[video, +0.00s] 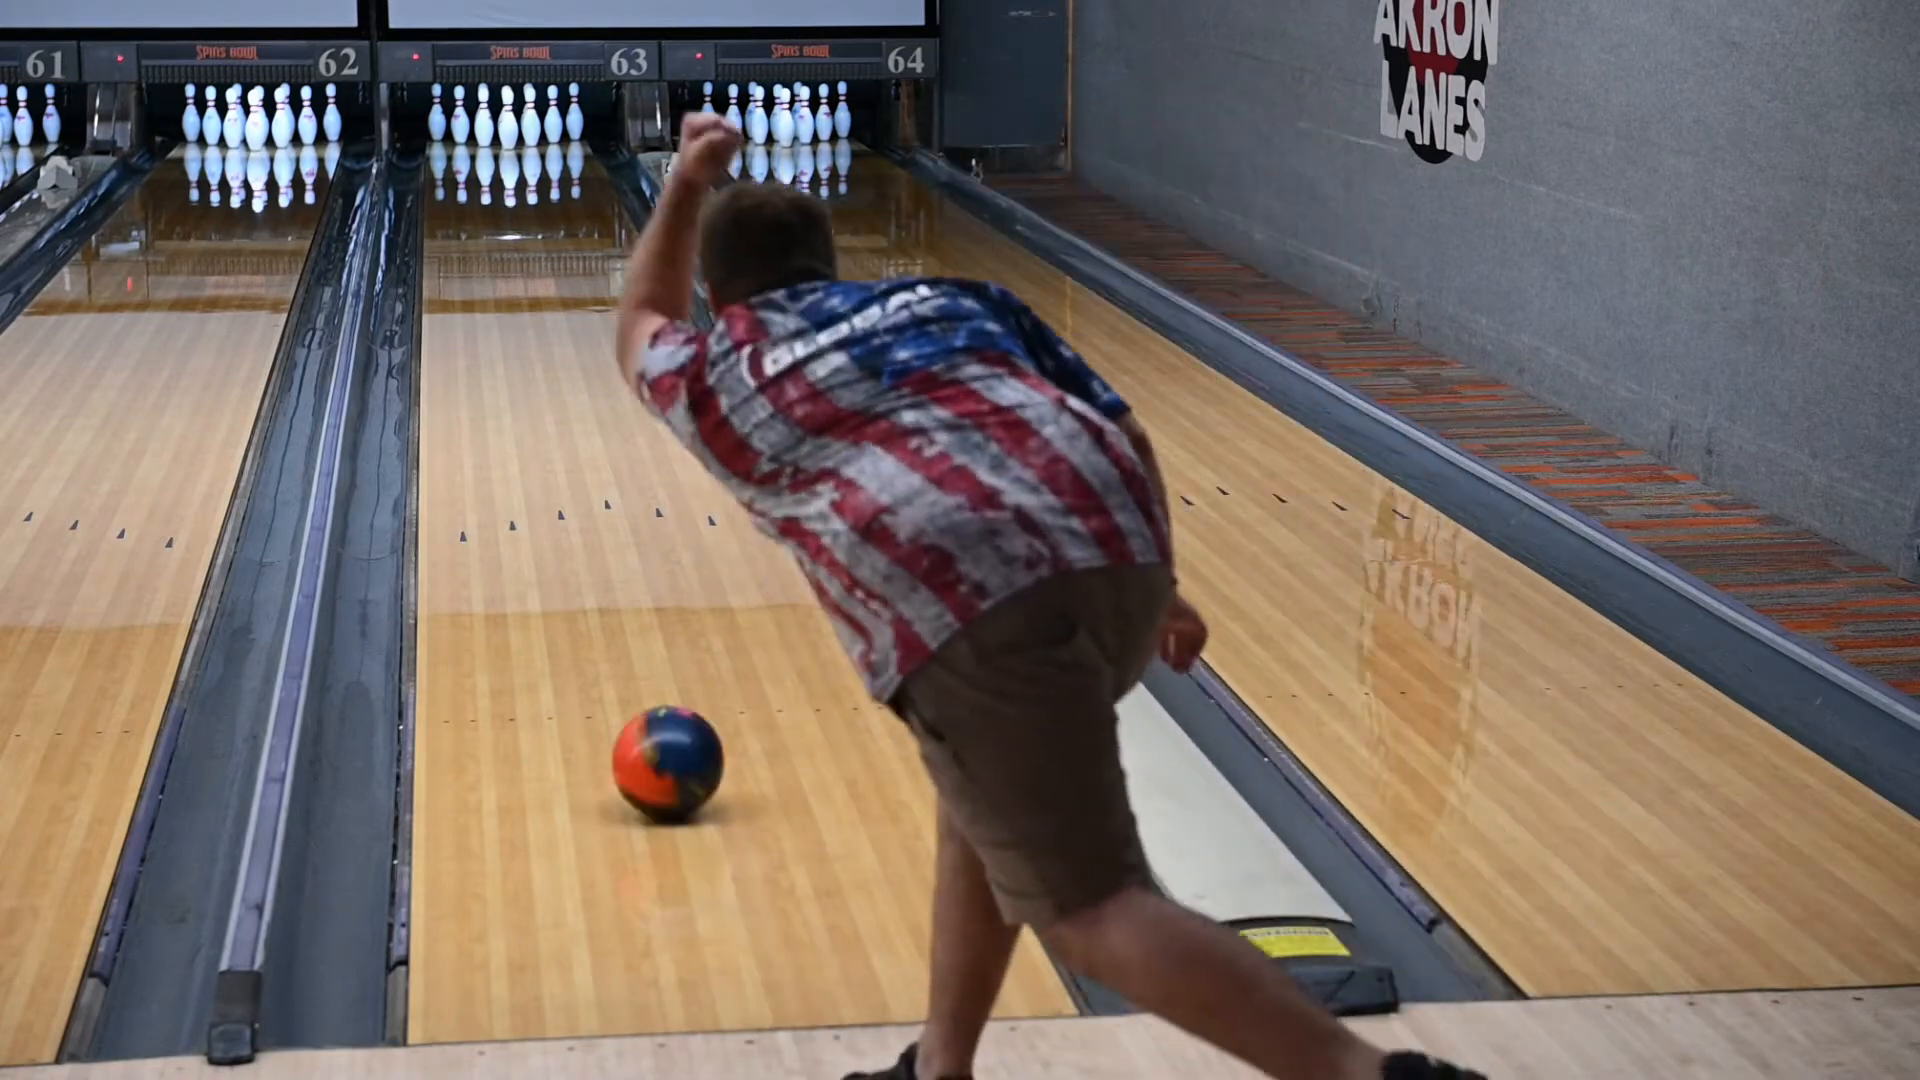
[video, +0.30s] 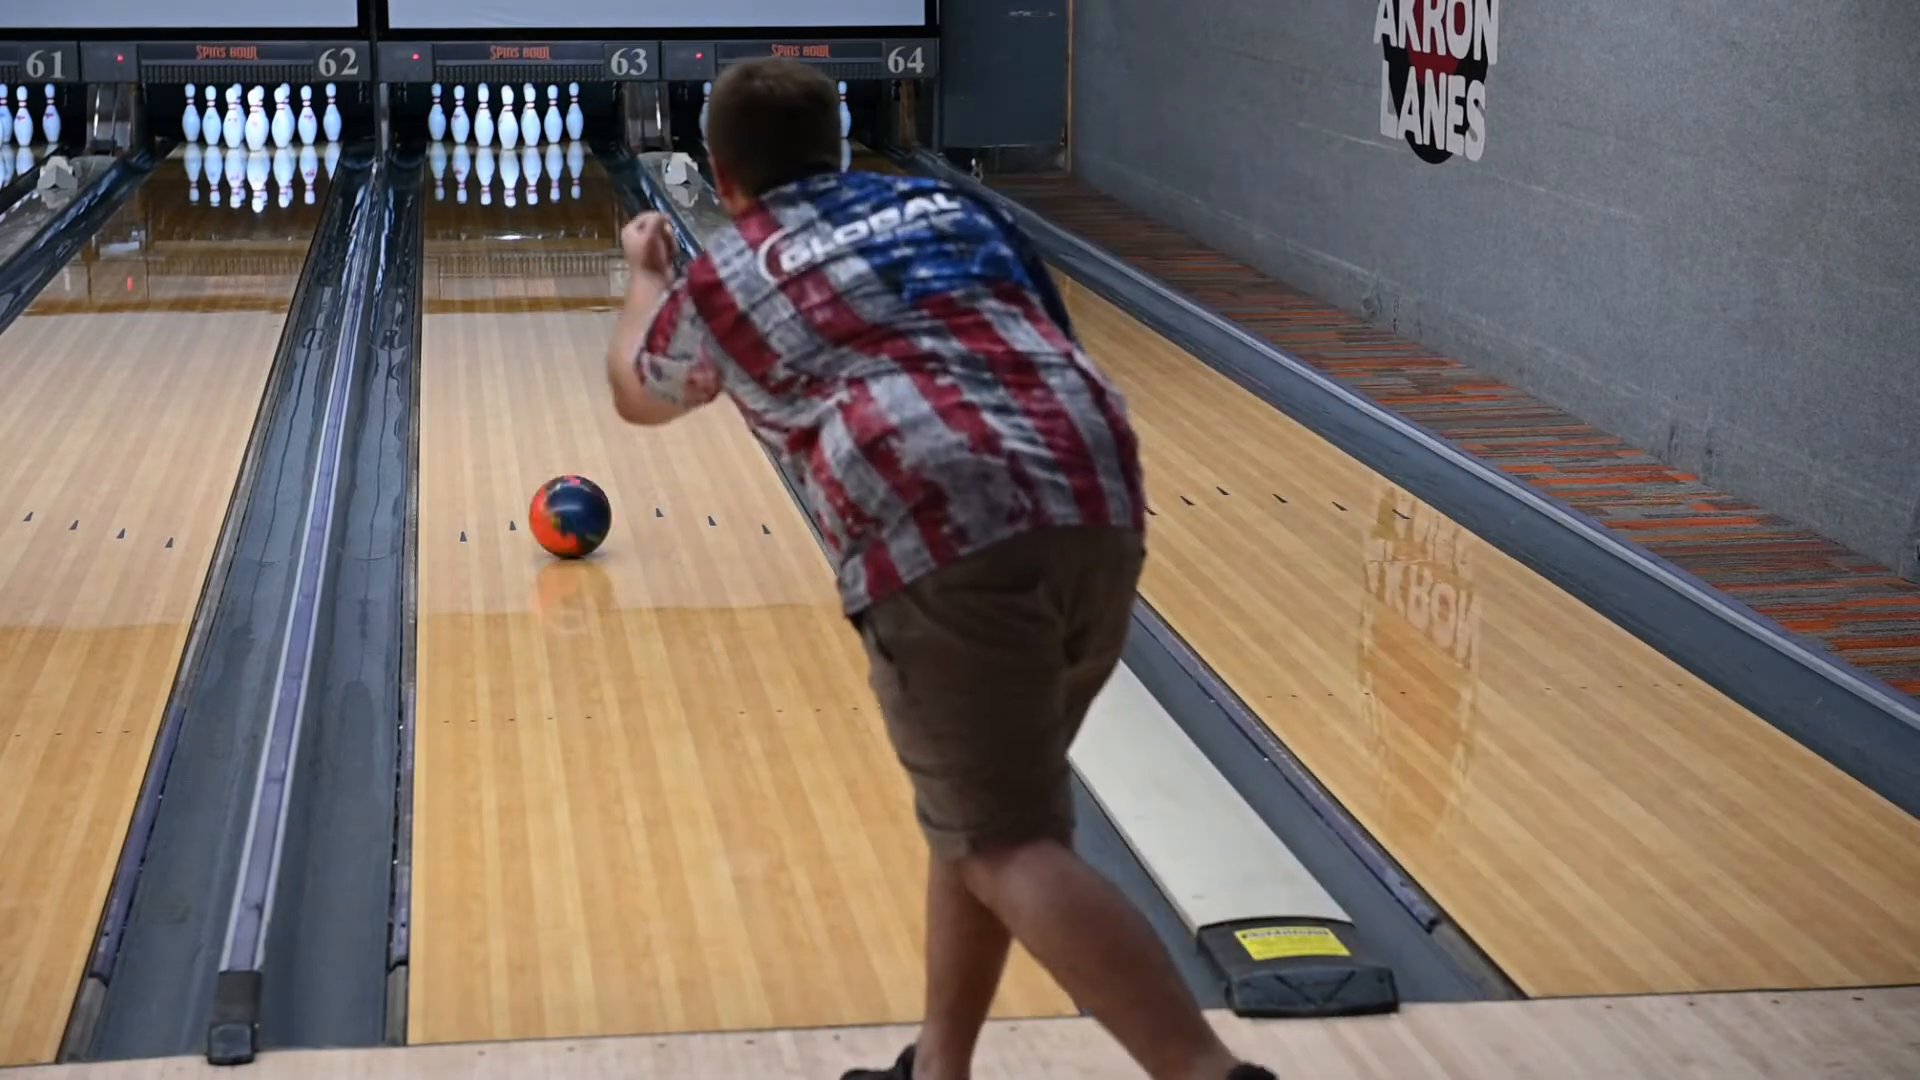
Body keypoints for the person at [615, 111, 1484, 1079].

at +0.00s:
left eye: (703, 300)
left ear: (719, 302)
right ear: (829, 264)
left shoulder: (724, 359)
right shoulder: (958, 296)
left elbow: (641, 323)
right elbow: (1119, 431)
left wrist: (677, 189)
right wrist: (1157, 589)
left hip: (971, 600)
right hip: (1120, 560)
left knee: (1094, 908)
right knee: (974, 795)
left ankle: (1367, 1068)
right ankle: (938, 1066)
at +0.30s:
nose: (714, 181)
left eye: (714, 169)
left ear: (726, 178)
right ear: (838, 148)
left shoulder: (728, 275)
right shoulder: (947, 201)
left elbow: (640, 392)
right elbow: (1053, 331)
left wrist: (645, 280)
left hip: (946, 531)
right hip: (1101, 504)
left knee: (1009, 841)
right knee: (979, 817)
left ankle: (1208, 1071)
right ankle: (936, 1069)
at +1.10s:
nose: (765, 37)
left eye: (763, 25)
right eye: (776, 23)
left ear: (773, 32)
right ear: (889, 20)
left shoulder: (743, 178)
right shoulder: (1002, 122)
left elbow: (685, 406)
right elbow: (1105, 293)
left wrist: (668, 574)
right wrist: (1067, 433)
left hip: (883, 546)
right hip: (1042, 528)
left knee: (840, 800)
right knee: (943, 793)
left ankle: (953, 1069)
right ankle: (932, 1057)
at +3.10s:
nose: (1184, 38)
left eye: (1182, 8)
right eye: (1139, 17)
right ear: (1039, 46)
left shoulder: (1195, 183)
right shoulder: (969, 214)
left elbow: (1240, 383)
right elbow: (1019, 493)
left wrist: (1305, 414)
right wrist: (1256, 483)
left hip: (1202, 753)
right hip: (1003, 774)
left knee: (1206, 1063)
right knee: (951, 1063)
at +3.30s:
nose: (1278, 43)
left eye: (1280, 9)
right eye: (1225, 25)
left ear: (1306, 10)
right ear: (1131, 52)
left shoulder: (1342, 203)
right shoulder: (1046, 232)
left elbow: (1492, 376)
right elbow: (993, 501)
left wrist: (1459, 408)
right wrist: (1246, 613)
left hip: (1331, 790)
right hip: (1101, 814)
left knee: (1334, 1064)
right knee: (1086, 1065)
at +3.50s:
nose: (1367, 25)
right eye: (1317, 3)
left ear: (1418, 14)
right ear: (1227, 30)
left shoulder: (1483, 193)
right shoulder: (1120, 214)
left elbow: (1724, 279)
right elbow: (980, 468)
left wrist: (1674, 345)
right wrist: (1096, 699)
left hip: (1433, 814)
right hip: (1186, 823)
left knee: (1444, 1068)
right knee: (1193, 1067)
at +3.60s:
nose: (1398, 18)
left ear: (1458, 12)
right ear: (1260, 23)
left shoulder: (1532, 195)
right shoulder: (1146, 217)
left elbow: (1767, 280)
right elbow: (1001, 467)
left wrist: (1786, 394)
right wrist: (1026, 718)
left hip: (1467, 818)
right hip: (1210, 821)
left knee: (1471, 1065)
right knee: (1227, 1065)